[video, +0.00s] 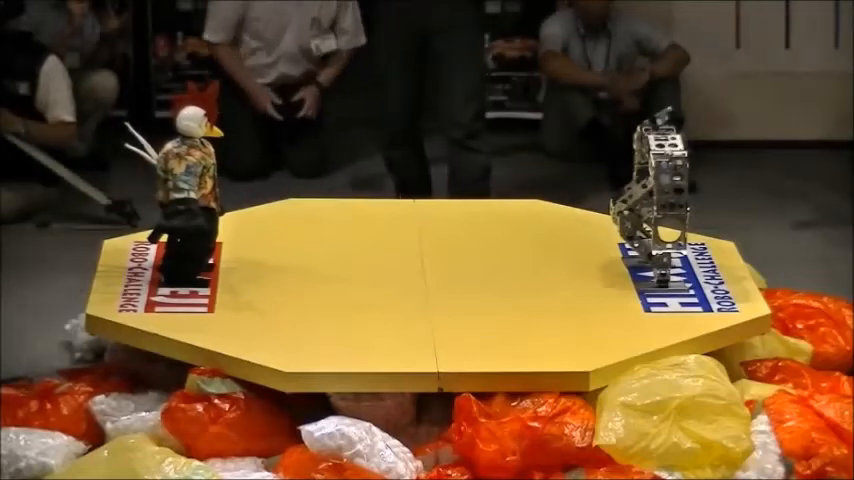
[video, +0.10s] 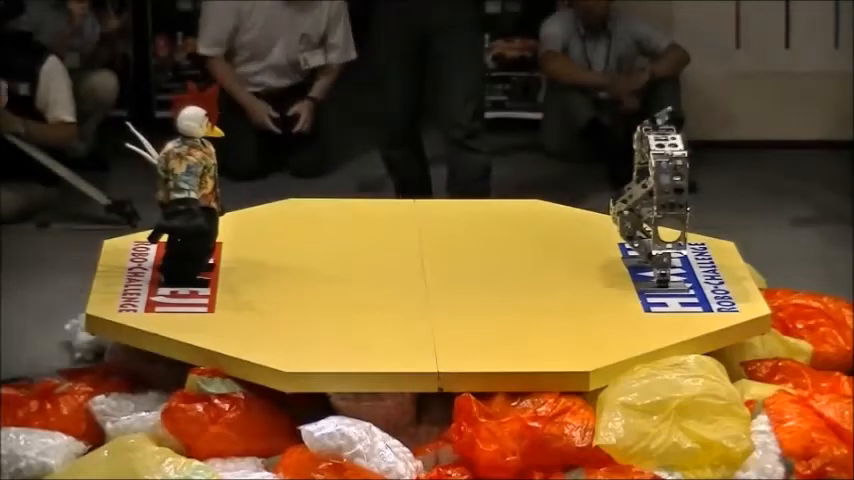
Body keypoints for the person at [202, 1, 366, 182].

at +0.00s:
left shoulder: (340, 5)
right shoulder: (233, 6)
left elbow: (347, 43)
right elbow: (220, 43)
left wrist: (318, 87)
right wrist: (254, 90)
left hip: (304, 87)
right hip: (248, 88)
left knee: (310, 166)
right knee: (245, 167)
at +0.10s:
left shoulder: (331, 5)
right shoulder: (227, 5)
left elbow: (336, 59)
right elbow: (212, 55)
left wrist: (311, 102)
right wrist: (250, 104)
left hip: (299, 92)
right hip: (243, 93)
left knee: (311, 165)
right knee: (243, 167)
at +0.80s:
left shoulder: (306, 5)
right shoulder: (206, 5)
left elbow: (318, 54)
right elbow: (193, 54)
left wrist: (299, 95)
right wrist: (228, 92)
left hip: (283, 93)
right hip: (231, 95)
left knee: (305, 160)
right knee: (238, 164)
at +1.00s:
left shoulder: (313, 5)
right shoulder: (213, 5)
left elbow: (321, 58)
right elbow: (201, 53)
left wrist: (301, 97)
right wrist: (234, 90)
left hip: (286, 93)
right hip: (234, 93)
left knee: (305, 161)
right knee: (237, 165)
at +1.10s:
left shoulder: (316, 5)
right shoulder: (217, 5)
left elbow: (324, 59)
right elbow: (204, 52)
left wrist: (302, 97)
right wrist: (238, 90)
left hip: (289, 95)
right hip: (236, 93)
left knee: (306, 161)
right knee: (237, 164)